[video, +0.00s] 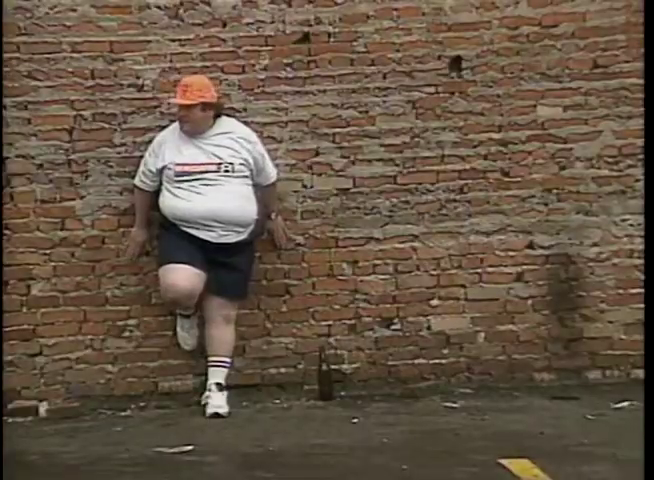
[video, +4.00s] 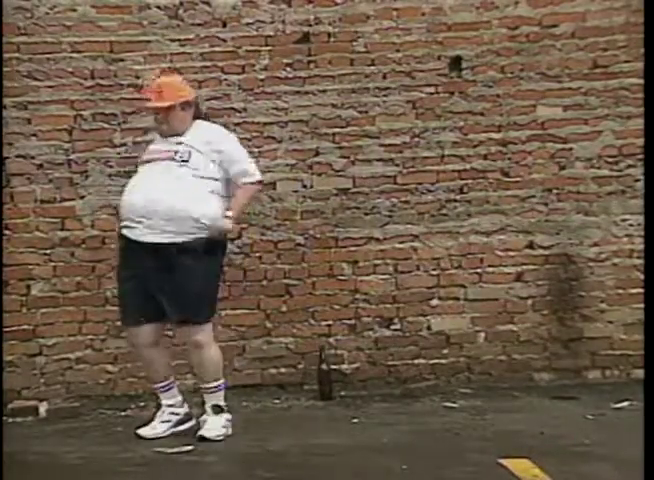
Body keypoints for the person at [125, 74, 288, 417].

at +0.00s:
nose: (182, 114)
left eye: (190, 108)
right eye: (180, 107)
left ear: (211, 108)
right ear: (178, 107)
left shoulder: (242, 138)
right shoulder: (166, 141)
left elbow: (266, 181)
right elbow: (144, 185)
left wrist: (271, 217)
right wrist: (140, 227)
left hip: (233, 239)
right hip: (182, 233)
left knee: (222, 312)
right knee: (180, 288)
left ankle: (216, 385)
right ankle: (187, 315)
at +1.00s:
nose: (198, 107)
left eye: (204, 100)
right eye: (190, 101)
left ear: (215, 97)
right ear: (178, 99)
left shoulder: (235, 126)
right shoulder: (164, 127)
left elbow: (257, 161)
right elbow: (134, 160)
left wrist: (233, 186)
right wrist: (162, 174)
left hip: (226, 236)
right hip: (175, 234)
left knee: (226, 313)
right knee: (184, 312)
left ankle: (219, 386)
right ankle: (190, 390)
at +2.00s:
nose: (179, 127)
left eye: (186, 120)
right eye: (172, 120)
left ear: (197, 117)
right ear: (161, 118)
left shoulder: (218, 146)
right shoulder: (146, 148)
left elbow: (249, 185)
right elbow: (126, 185)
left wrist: (247, 207)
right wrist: (109, 205)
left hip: (220, 248)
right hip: (161, 250)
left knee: (244, 316)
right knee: (170, 329)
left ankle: (236, 381)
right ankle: (181, 405)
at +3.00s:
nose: (170, 122)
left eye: (177, 114)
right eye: (164, 116)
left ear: (194, 104)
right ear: (156, 112)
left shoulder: (219, 138)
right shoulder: (154, 135)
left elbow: (235, 191)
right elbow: (136, 179)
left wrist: (218, 229)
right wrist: (127, 217)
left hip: (195, 243)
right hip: (149, 246)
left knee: (196, 317)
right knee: (159, 329)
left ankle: (237, 389)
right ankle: (180, 408)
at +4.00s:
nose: (156, 118)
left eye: (162, 110)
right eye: (154, 111)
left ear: (185, 107)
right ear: (157, 110)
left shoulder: (216, 137)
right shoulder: (158, 141)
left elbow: (250, 180)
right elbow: (166, 188)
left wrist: (231, 216)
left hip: (192, 248)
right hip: (140, 246)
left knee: (197, 335)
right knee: (143, 334)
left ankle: (216, 412)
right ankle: (174, 409)